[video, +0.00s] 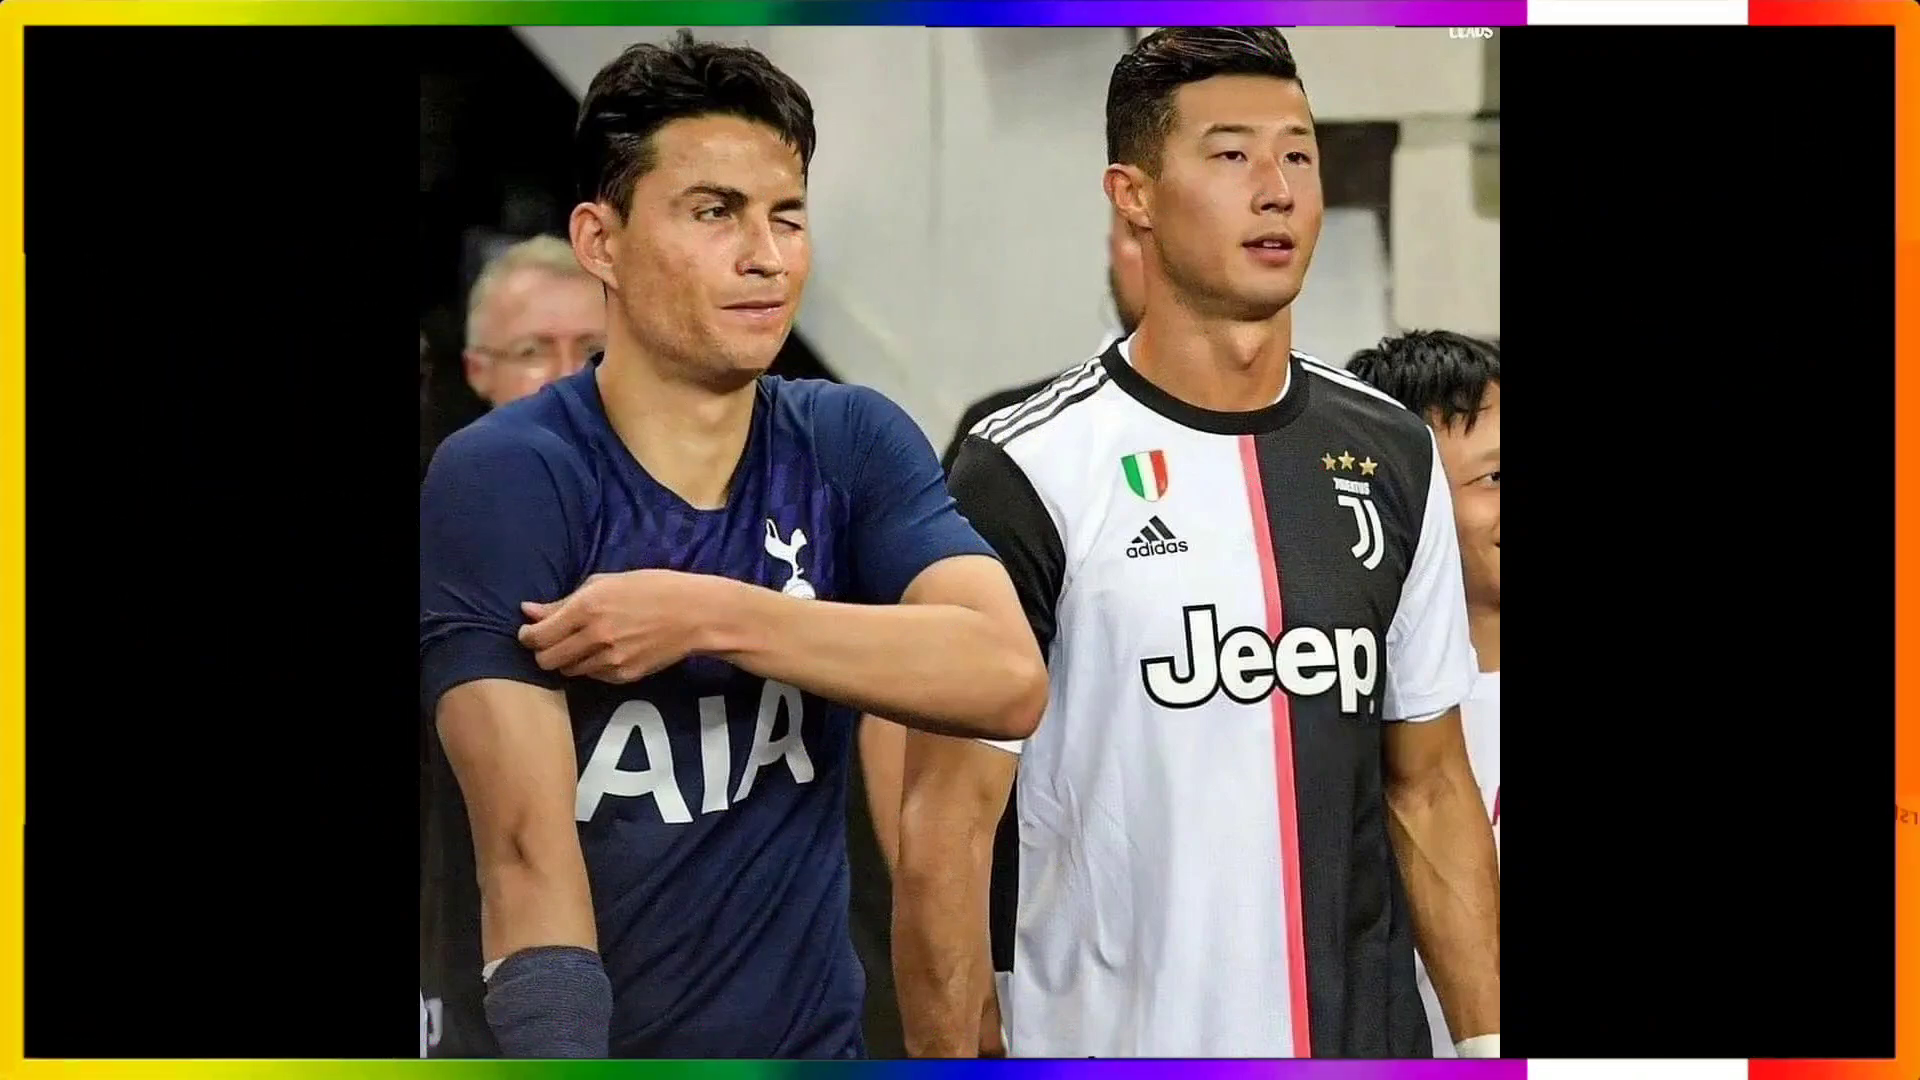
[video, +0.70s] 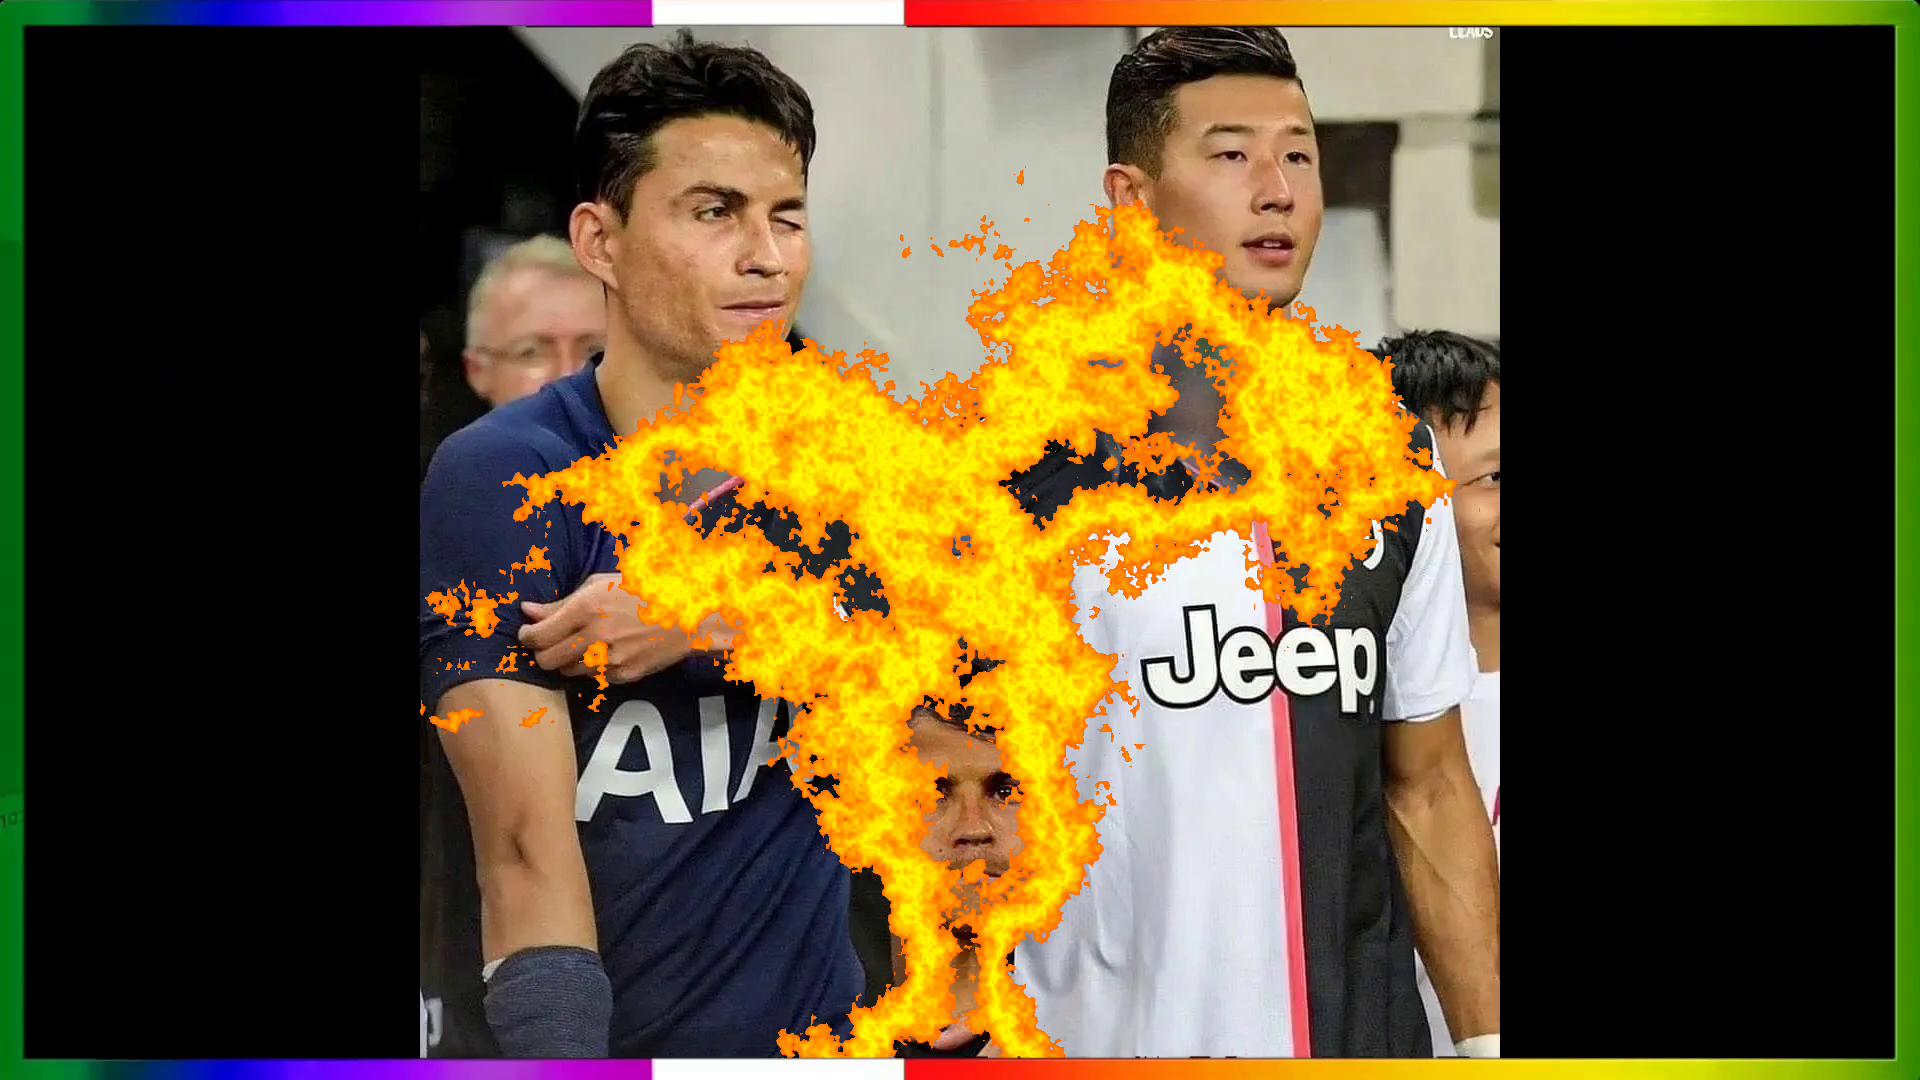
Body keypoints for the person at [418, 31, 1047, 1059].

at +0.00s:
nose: (766, 257)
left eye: (785, 218)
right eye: (712, 212)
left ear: (809, 237)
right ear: (601, 241)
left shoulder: (856, 439)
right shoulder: (499, 476)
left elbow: (1009, 681)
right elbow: (525, 851)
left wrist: (714, 613)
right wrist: (561, 1058)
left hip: (812, 1042)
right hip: (594, 1036)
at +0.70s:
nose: (767, 260)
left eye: (787, 219)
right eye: (715, 212)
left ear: (811, 236)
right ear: (600, 241)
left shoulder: (846, 453)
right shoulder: (497, 475)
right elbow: (524, 855)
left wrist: (708, 619)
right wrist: (560, 1060)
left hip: (813, 1037)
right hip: (602, 1037)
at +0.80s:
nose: (766, 259)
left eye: (788, 220)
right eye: (714, 212)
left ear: (811, 238)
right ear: (600, 241)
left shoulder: (857, 453)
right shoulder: (492, 477)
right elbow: (524, 845)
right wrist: (560, 1053)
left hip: (841, 1030)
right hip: (614, 1034)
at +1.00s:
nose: (766, 257)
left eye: (787, 218)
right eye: (714, 211)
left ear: (809, 234)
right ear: (598, 239)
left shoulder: (830, 461)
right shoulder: (497, 478)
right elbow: (527, 856)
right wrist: (571, 1047)